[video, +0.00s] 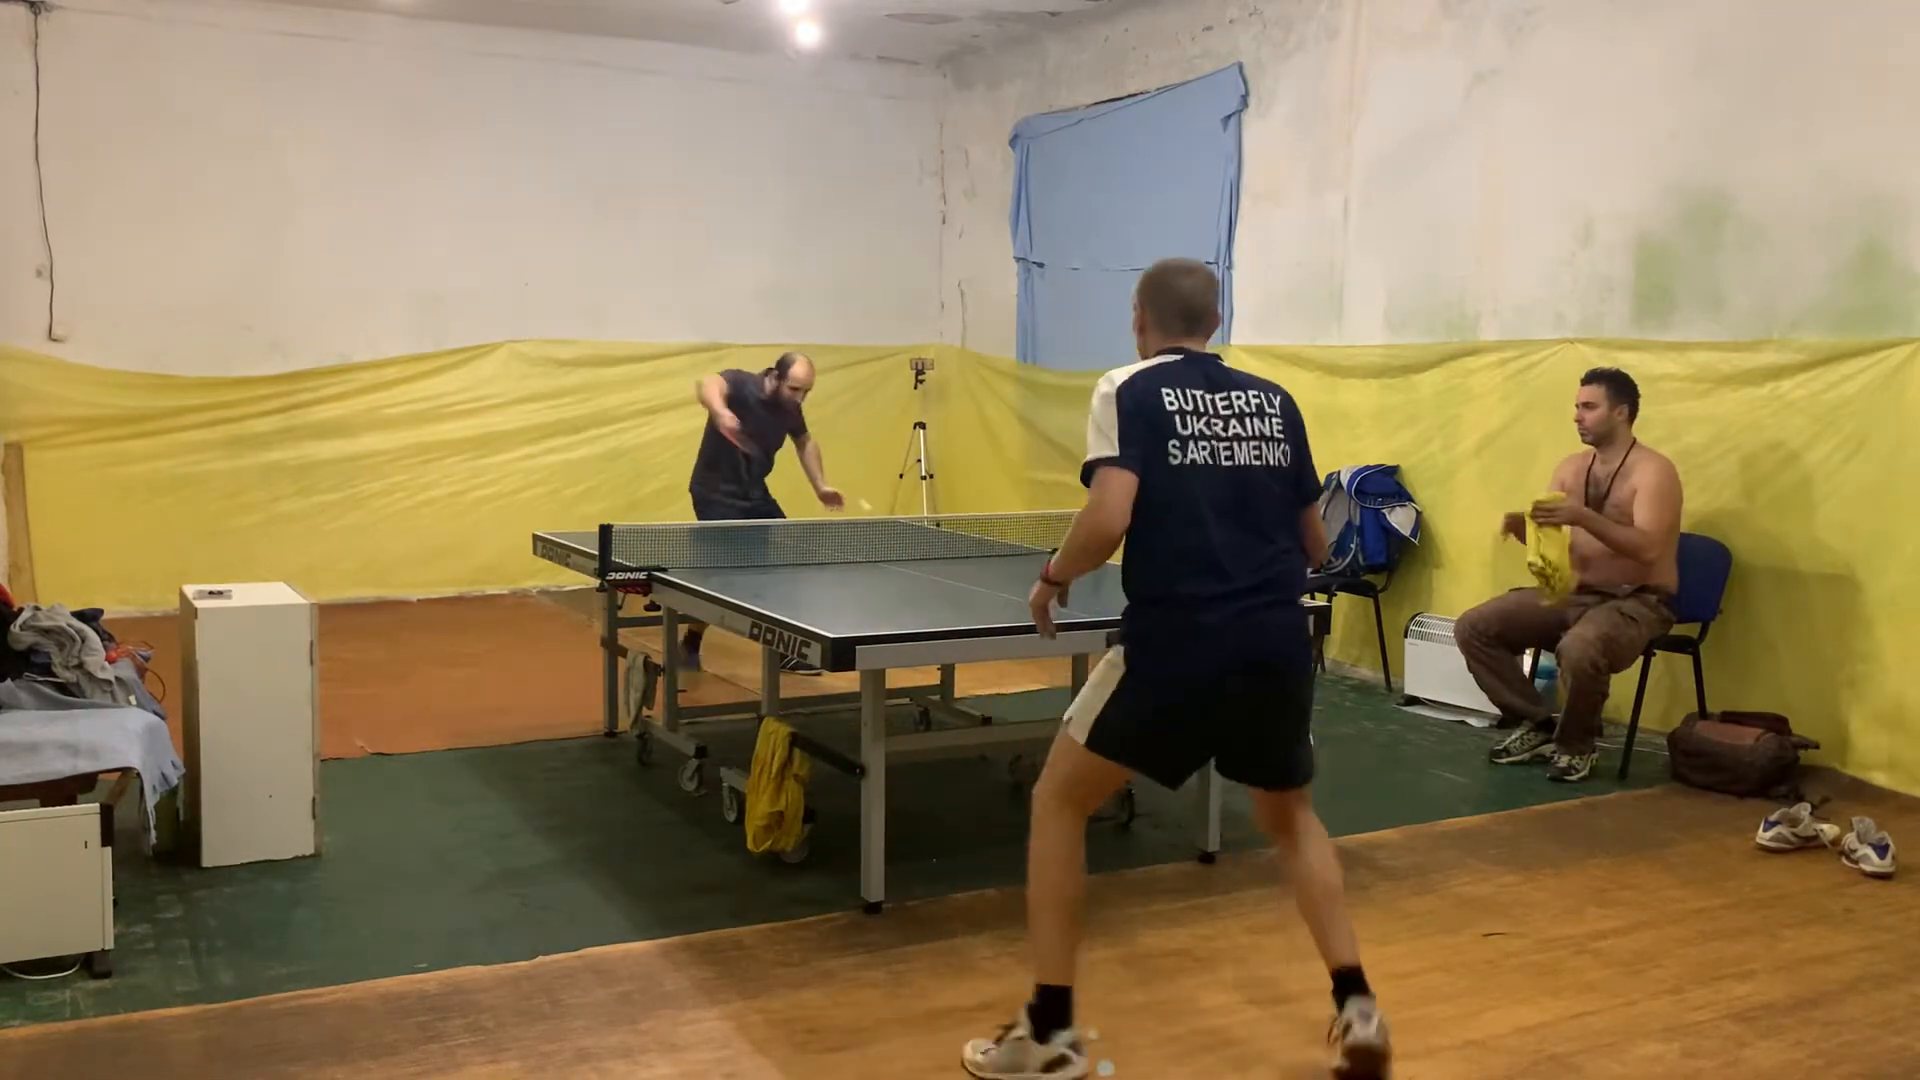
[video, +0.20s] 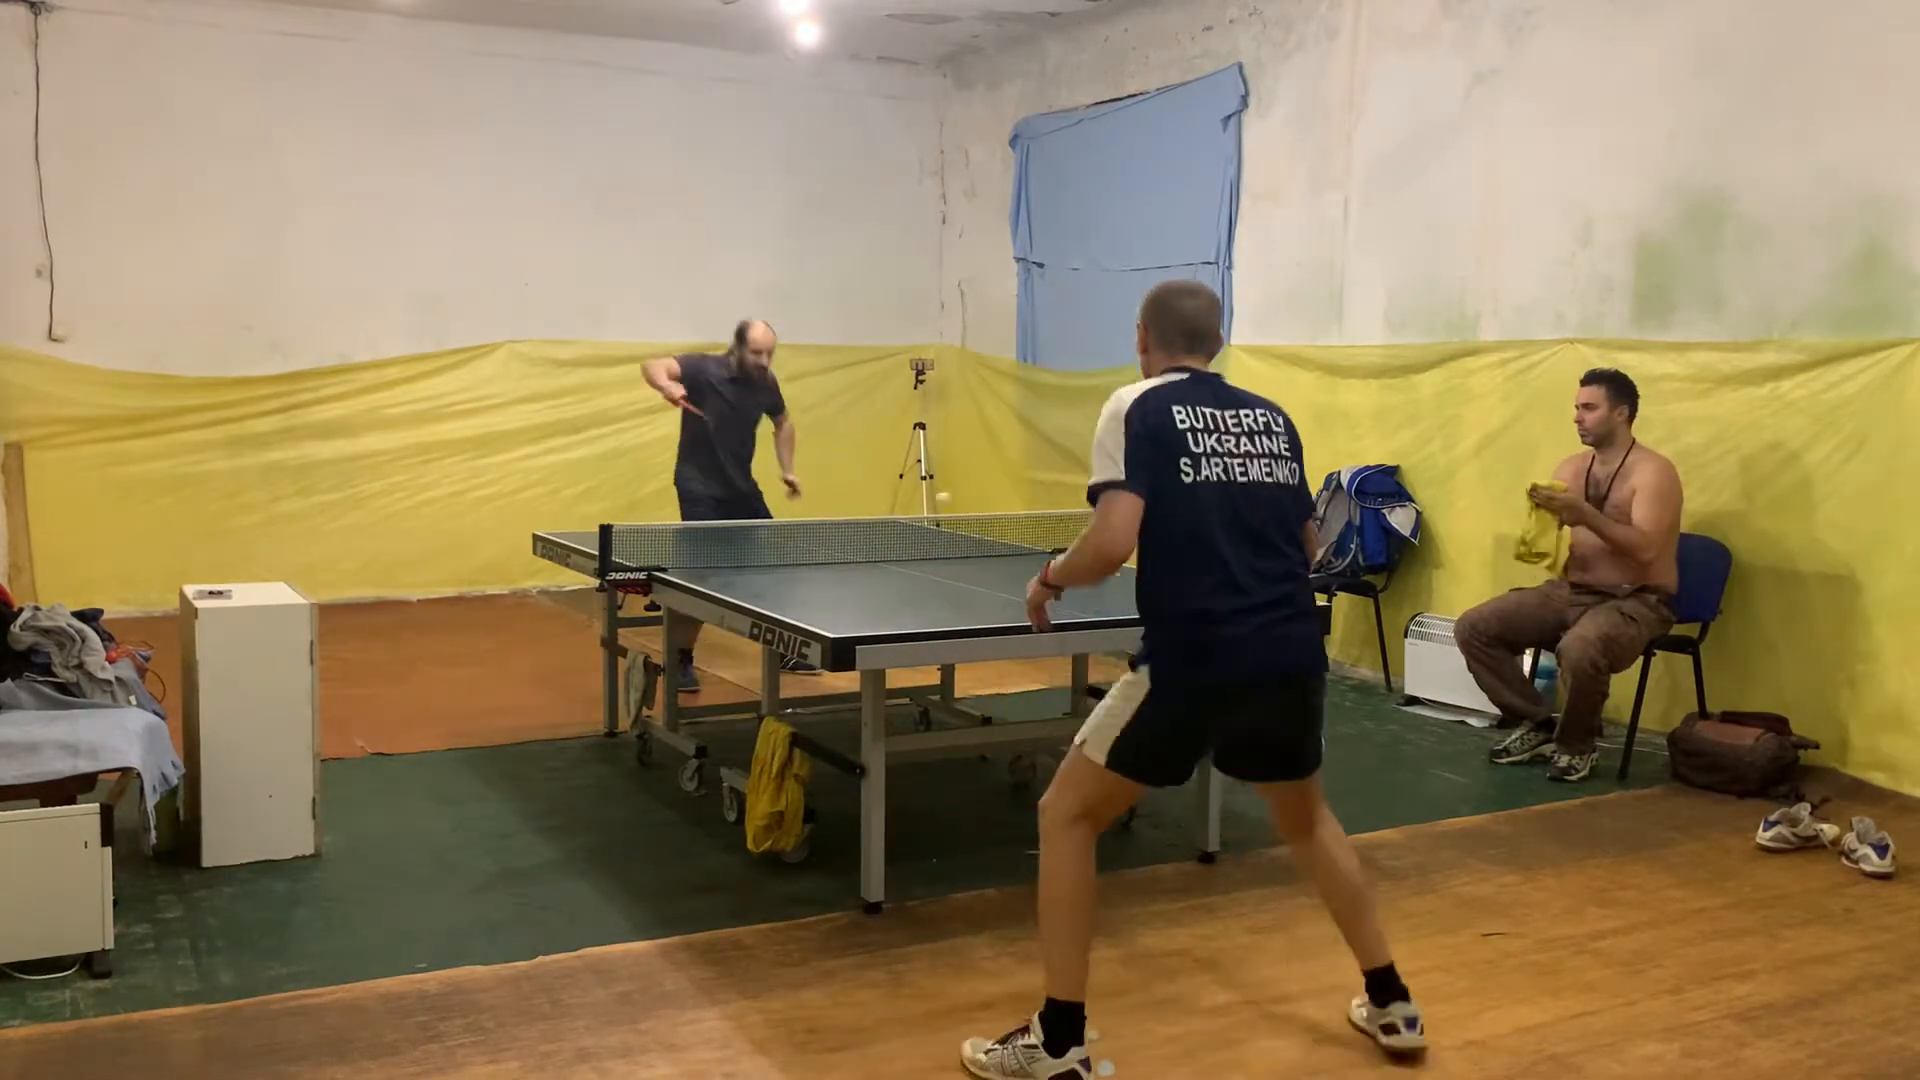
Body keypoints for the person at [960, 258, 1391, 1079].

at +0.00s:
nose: (1132, 333)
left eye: (1133, 322)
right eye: (1140, 323)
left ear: (1141, 326)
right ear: (1215, 327)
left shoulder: (1126, 389)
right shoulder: (1276, 399)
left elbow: (1109, 517)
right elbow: (1316, 542)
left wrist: (1057, 572)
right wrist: (1249, 535)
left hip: (1169, 650)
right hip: (1277, 650)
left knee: (1061, 799)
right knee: (1292, 814)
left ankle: (1048, 1027)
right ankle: (1356, 1000)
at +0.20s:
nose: (1134, 354)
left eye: (1135, 344)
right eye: (1139, 344)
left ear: (1144, 345)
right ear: (1219, 347)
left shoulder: (1135, 406)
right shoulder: (1273, 417)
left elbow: (1113, 539)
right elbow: (1308, 541)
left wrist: (1056, 577)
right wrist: (1236, 551)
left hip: (1187, 665)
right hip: (1289, 663)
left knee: (1068, 812)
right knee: (1310, 820)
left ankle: (1059, 1036)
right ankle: (1392, 1001)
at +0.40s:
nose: (1134, 379)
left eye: (1134, 368)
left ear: (1140, 367)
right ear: (1212, 371)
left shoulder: (1114, 416)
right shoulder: (1260, 438)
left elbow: (1075, 555)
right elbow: (1293, 573)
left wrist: (1046, 581)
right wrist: (1225, 569)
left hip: (1157, 670)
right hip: (1258, 666)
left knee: (1048, 826)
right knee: (1262, 774)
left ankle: (1056, 1039)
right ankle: (1347, 946)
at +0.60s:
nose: (1163, 362)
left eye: (1163, 351)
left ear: (1162, 351)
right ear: (1234, 364)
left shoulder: (1123, 397)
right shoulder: (1271, 428)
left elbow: (1070, 513)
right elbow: (1278, 543)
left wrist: (1051, 578)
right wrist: (1311, 546)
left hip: (1151, 652)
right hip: (1250, 651)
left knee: (1077, 826)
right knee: (1255, 782)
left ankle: (1059, 1036)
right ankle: (1269, 921)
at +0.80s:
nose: (1176, 385)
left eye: (1178, 376)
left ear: (1185, 378)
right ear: (1246, 389)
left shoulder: (1180, 415)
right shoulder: (1271, 447)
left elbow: (1157, 523)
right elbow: (1267, 548)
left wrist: (1097, 594)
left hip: (1210, 652)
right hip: (1293, 651)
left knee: (1115, 820)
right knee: (1233, 756)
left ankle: (1073, 1030)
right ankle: (1261, 914)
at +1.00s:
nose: (1172, 397)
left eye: (1174, 387)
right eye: (1177, 386)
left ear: (1181, 387)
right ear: (1244, 395)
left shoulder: (1188, 426)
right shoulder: (1264, 454)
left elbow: (1189, 534)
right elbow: (1232, 555)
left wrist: (1115, 622)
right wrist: (1132, 539)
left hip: (1229, 653)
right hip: (1304, 653)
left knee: (1118, 820)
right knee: (1232, 753)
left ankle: (1117, 1031)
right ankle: (1260, 914)